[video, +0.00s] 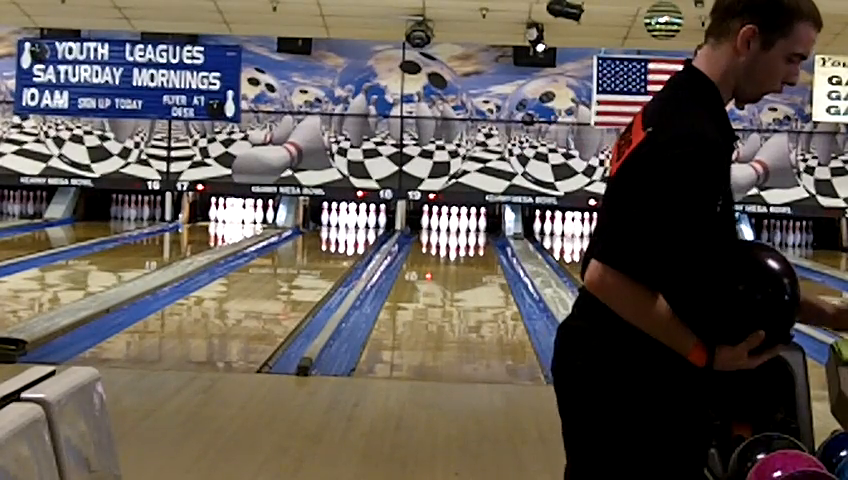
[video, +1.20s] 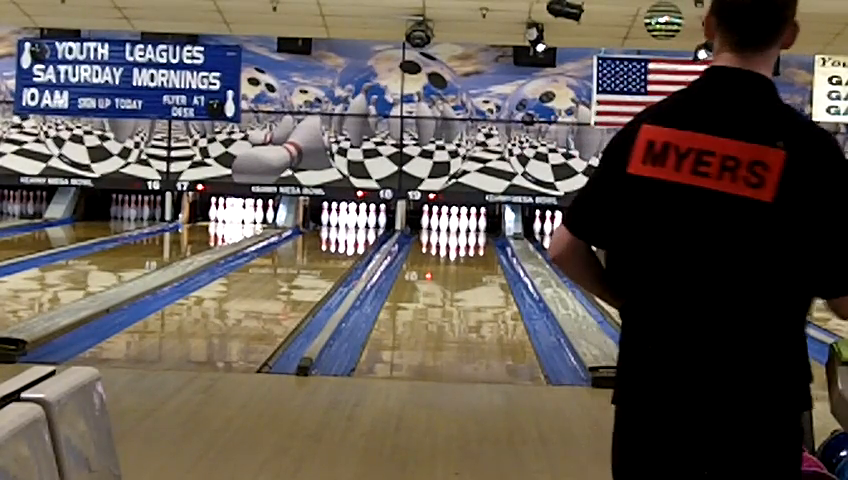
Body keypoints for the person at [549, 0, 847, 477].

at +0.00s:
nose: (793, 78)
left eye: (800, 63)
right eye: (792, 59)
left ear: (743, 42)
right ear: (748, 41)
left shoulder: (690, 111)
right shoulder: (692, 127)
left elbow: (712, 261)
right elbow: (605, 275)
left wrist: (815, 310)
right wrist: (704, 354)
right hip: (625, 368)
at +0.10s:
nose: (792, 75)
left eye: (798, 60)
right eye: (790, 56)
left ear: (740, 40)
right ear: (746, 40)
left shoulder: (677, 101)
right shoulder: (698, 127)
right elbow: (616, 278)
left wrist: (810, 295)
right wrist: (717, 352)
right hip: (631, 369)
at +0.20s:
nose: (783, 74)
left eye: (790, 58)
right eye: (783, 55)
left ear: (735, 38)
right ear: (742, 38)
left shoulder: (658, 99)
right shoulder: (708, 141)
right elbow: (647, 289)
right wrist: (739, 348)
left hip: (590, 344)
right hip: (643, 368)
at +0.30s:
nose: (772, 73)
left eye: (779, 58)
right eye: (774, 55)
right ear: (737, 39)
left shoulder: (639, 101)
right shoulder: (714, 145)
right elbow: (671, 297)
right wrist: (749, 328)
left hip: (588, 346)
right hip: (653, 369)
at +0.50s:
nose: (754, 67)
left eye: (762, 55)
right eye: (759, 52)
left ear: (684, 26)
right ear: (734, 40)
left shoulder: (625, 105)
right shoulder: (718, 146)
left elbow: (586, 248)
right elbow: (717, 302)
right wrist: (788, 278)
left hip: (600, 352)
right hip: (679, 368)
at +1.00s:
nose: (763, 50)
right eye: (765, 42)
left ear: (685, 30)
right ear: (760, 45)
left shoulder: (623, 128)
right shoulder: (772, 147)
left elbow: (573, 264)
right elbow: (791, 301)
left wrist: (631, 291)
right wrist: (835, 252)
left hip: (628, 379)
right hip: (729, 385)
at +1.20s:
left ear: (708, 25)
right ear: (789, 36)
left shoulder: (648, 128)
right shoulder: (815, 149)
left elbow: (565, 249)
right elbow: (843, 300)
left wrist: (623, 299)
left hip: (653, 396)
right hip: (763, 401)